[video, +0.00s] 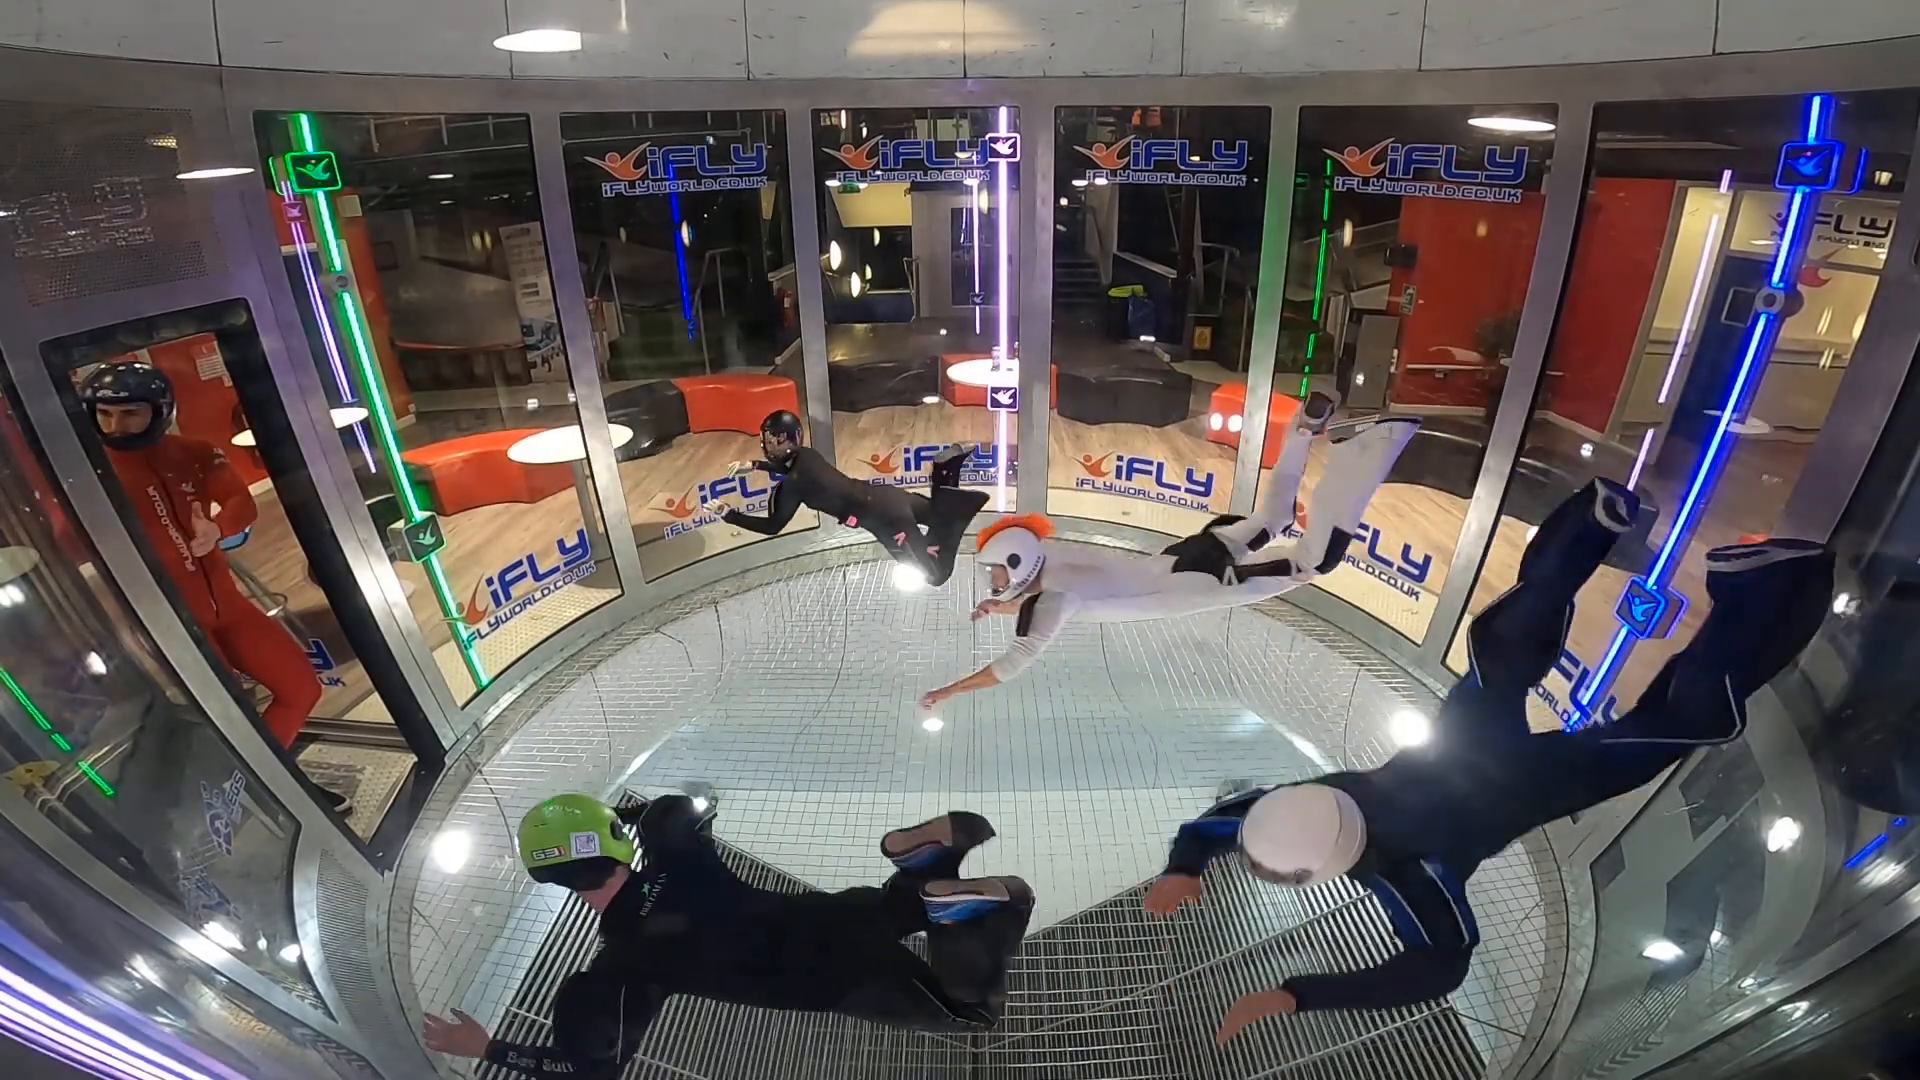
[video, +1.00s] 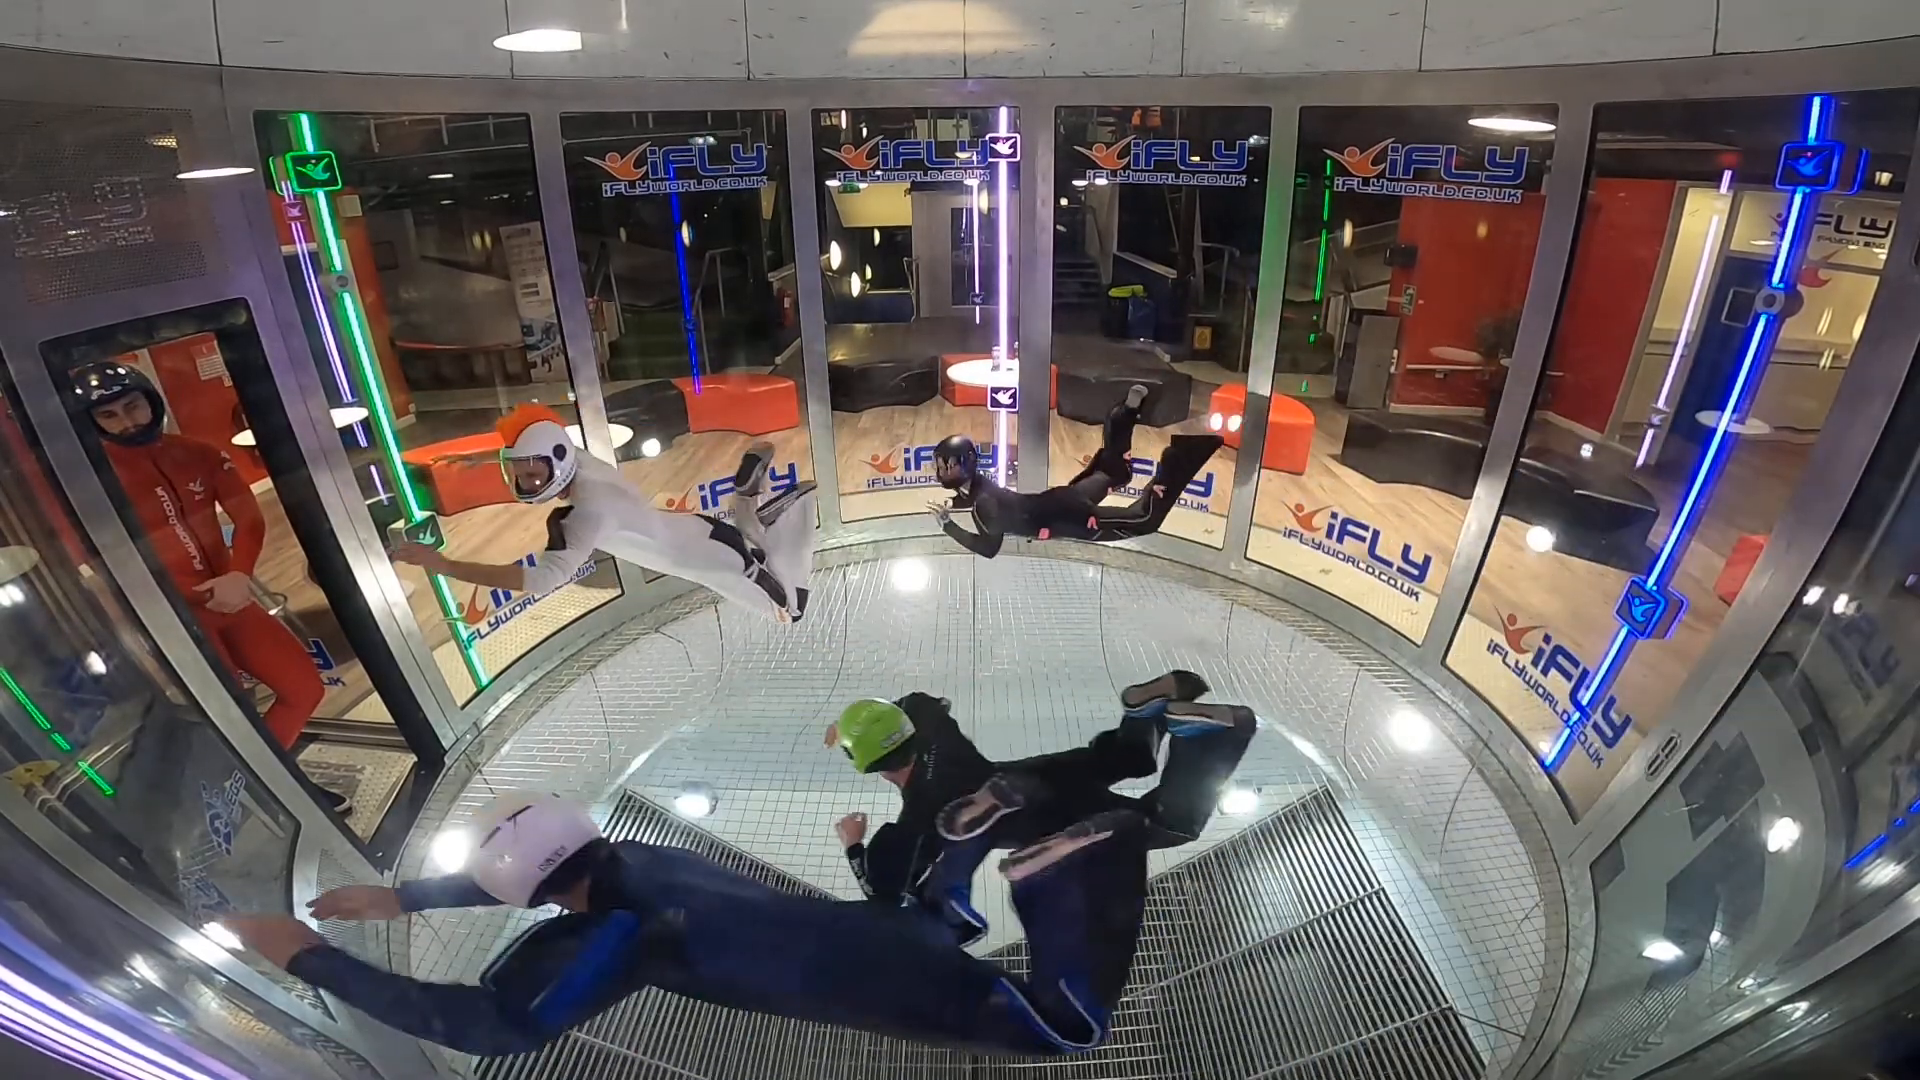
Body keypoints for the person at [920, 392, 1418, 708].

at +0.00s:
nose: (996, 581)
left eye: (1000, 571)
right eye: (993, 572)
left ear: (1023, 563)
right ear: (1023, 555)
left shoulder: (1055, 595)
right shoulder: (1049, 554)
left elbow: (1014, 662)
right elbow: (1032, 592)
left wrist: (949, 692)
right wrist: (1001, 607)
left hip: (1206, 579)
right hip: (1191, 552)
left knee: (1323, 557)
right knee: (1269, 517)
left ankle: (1351, 452)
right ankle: (1307, 429)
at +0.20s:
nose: (903, 561)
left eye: (911, 549)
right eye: (900, 552)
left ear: (936, 542)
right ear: (915, 546)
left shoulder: (965, 576)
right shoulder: (952, 558)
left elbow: (909, 645)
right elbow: (916, 618)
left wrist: (835, 646)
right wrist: (894, 601)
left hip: (1109, 591)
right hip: (1094, 574)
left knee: (1225, 594)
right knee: (1189, 574)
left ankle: (1265, 497)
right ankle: (1233, 489)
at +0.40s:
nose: (779, 525)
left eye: (786, 515)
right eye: (778, 515)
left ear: (814, 512)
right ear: (820, 506)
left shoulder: (843, 554)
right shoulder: (845, 522)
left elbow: (792, 613)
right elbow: (806, 519)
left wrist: (712, 607)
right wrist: (769, 534)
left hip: (977, 596)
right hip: (969, 582)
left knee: (1099, 626)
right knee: (1063, 610)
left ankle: (1111, 532)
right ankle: (1110, 537)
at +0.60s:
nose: (667, 486)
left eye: (674, 477)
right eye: (667, 475)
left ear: (704, 477)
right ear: (704, 471)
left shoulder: (726, 529)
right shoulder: (734, 490)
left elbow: (678, 591)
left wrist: (590, 577)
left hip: (849, 588)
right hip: (850, 560)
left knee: (968, 638)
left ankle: (969, 553)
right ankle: (964, 547)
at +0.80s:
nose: (574, 473)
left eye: (582, 461)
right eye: (571, 461)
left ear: (615, 459)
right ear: (607, 457)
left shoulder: (641, 505)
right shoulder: (639, 481)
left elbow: (606, 574)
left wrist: (505, 559)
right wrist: (611, 541)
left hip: (773, 570)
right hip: (762, 559)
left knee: (862, 628)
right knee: (847, 617)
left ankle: (853, 530)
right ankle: (840, 524)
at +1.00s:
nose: (524, 484)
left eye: (533, 472)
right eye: (517, 472)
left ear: (560, 462)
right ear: (513, 467)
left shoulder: (588, 514)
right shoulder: (582, 471)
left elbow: (536, 579)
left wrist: (435, 563)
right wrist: (561, 548)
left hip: (712, 553)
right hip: (696, 534)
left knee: (792, 605)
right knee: (750, 570)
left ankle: (799, 506)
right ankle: (749, 490)